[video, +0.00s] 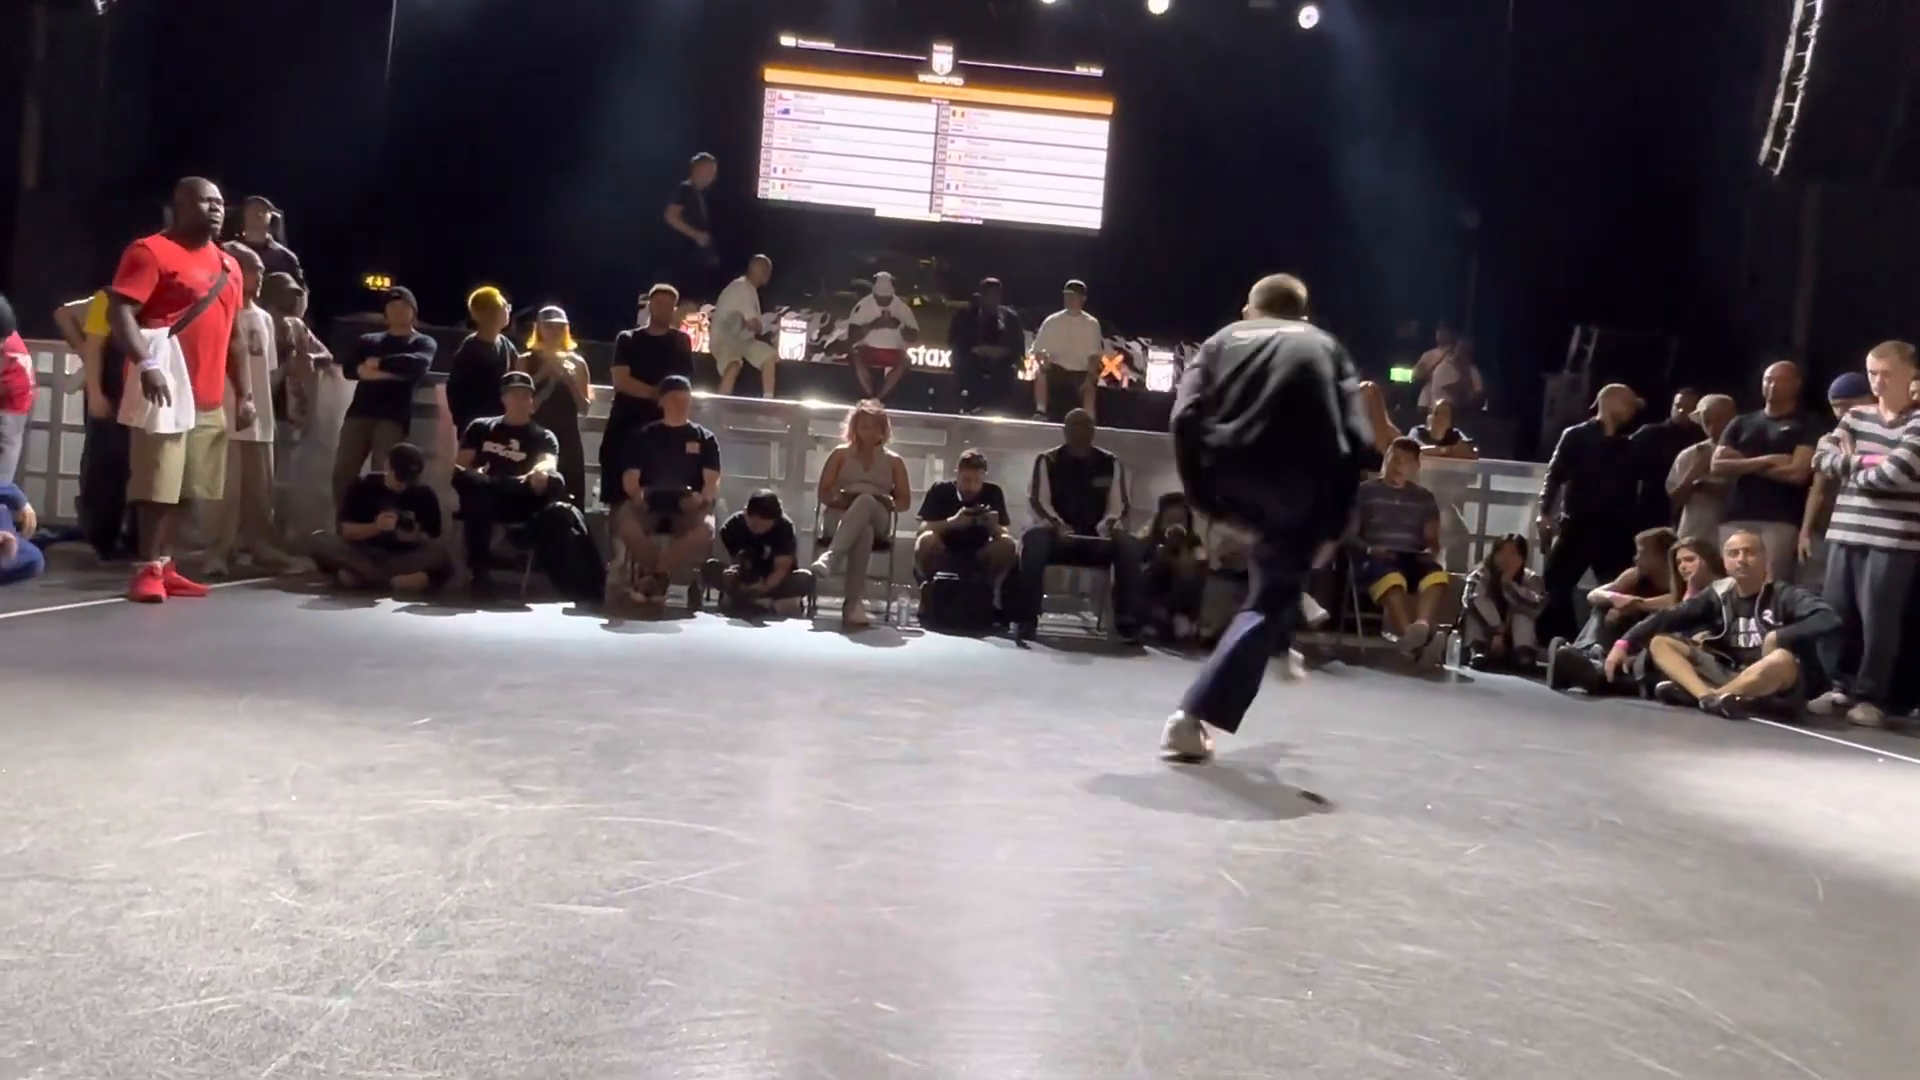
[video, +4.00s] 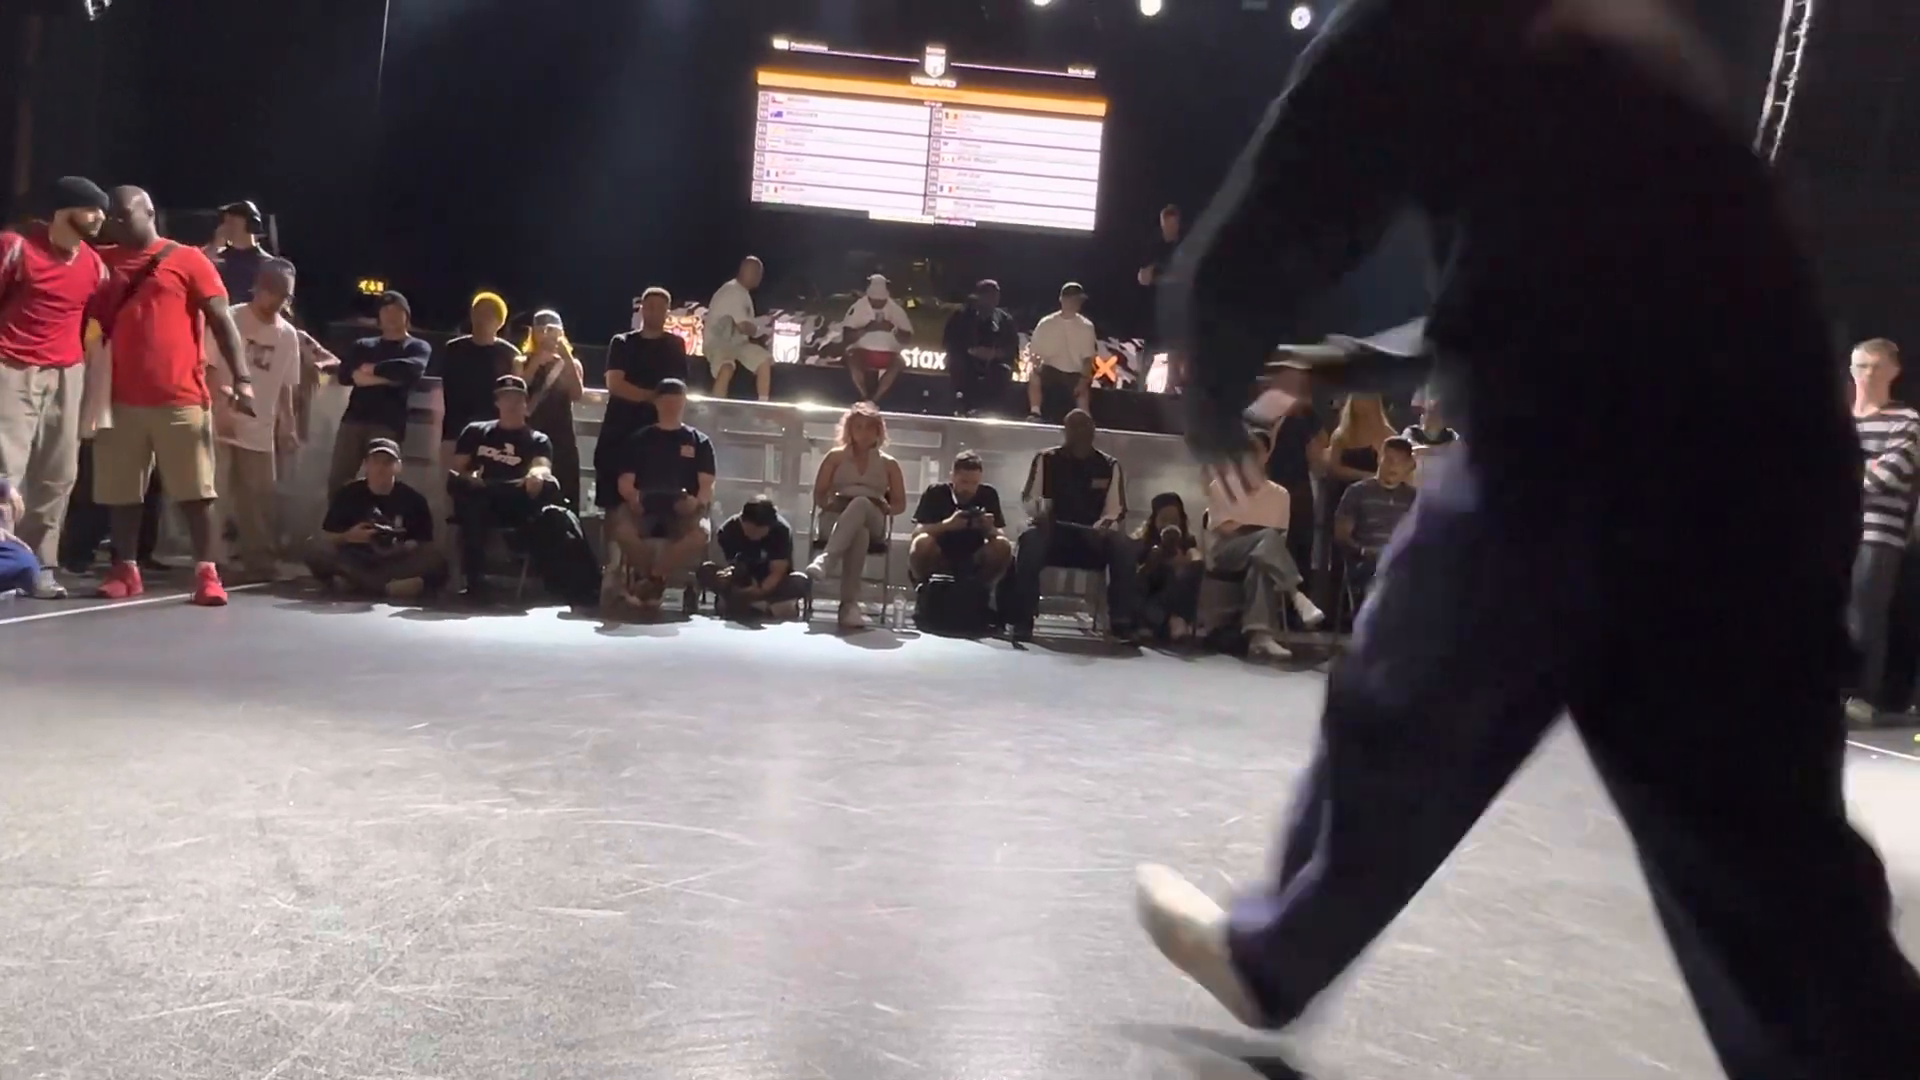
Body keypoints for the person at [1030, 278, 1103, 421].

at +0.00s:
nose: (1070, 299)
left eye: (1074, 295)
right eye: (1068, 295)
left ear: (1083, 298)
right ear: (1064, 297)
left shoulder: (1092, 324)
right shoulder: (1052, 321)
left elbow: (1095, 355)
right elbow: (1038, 348)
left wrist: (1090, 379)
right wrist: (1043, 361)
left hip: (1081, 370)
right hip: (1057, 368)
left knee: (1090, 384)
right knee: (1041, 373)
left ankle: (1089, 420)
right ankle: (1040, 411)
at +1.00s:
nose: (1086, 294)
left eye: (1090, 291)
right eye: (1083, 289)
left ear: (1095, 297)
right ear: (1077, 291)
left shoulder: (1099, 320)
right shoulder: (1061, 315)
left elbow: (1100, 352)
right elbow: (1045, 341)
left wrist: (1096, 375)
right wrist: (1048, 355)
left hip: (1087, 365)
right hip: (1062, 361)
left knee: (1096, 381)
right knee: (1047, 370)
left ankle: (1095, 416)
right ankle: (1047, 406)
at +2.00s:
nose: (1083, 296)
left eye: (1086, 292)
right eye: (1079, 291)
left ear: (1091, 295)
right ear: (1072, 293)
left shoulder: (1097, 321)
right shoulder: (1058, 317)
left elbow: (1099, 352)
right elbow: (1045, 345)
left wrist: (1095, 375)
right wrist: (1046, 359)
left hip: (1086, 366)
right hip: (1061, 363)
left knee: (1094, 382)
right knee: (1045, 371)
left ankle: (1094, 418)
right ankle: (1045, 407)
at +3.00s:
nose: (1087, 299)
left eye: (1090, 296)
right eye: (1083, 295)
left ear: (1093, 298)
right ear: (1075, 296)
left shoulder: (1099, 322)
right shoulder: (1059, 318)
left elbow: (1101, 354)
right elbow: (1046, 345)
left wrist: (1096, 375)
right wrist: (1048, 358)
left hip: (1088, 366)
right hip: (1063, 364)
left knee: (1096, 382)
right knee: (1047, 371)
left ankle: (1095, 416)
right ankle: (1046, 408)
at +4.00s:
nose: (1073, 302)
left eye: (1076, 298)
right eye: (1069, 297)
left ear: (1080, 301)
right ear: (1061, 300)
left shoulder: (1086, 326)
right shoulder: (1046, 323)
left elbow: (1088, 358)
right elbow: (1034, 350)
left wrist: (1083, 382)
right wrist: (1035, 364)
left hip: (1075, 371)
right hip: (1051, 368)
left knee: (1083, 385)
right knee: (1034, 376)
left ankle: (1084, 419)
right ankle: (1035, 412)